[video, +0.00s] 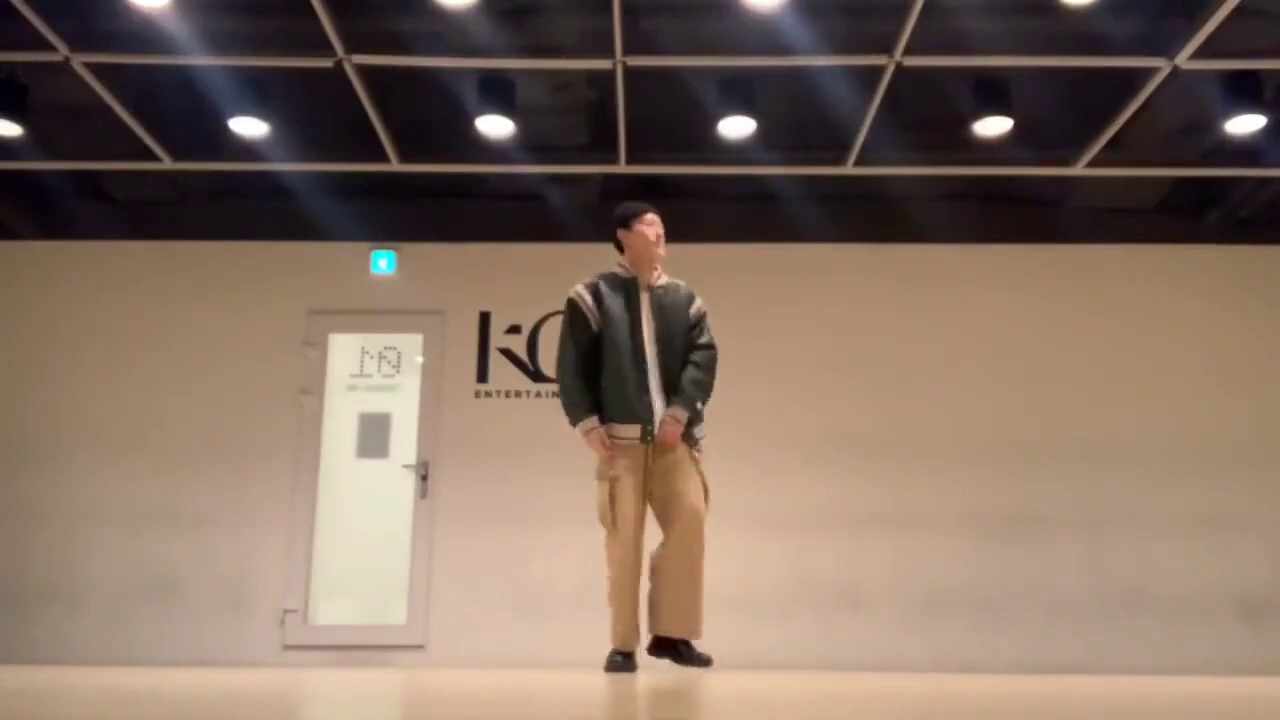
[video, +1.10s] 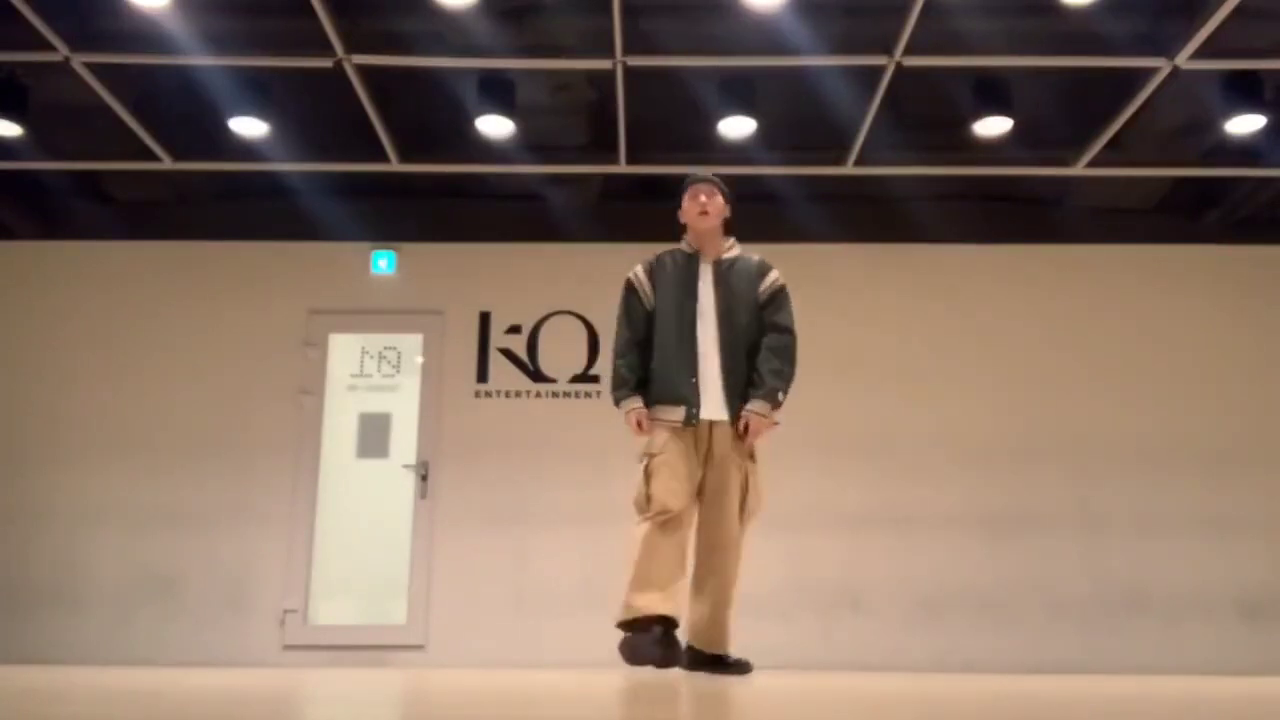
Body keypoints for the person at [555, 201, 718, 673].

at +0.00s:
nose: (657, 233)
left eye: (659, 226)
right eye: (647, 226)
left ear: (664, 237)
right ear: (623, 237)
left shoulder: (683, 298)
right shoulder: (593, 298)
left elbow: (702, 358)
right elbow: (571, 368)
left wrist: (680, 412)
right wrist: (587, 424)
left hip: (673, 439)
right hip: (619, 441)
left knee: (690, 521)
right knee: (624, 543)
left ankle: (671, 634)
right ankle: (623, 645)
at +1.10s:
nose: (702, 200)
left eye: (711, 194)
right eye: (693, 195)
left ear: (726, 211)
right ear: (680, 213)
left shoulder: (758, 274)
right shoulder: (651, 274)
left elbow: (779, 344)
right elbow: (628, 344)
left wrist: (764, 402)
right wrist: (630, 395)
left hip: (733, 422)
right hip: (670, 420)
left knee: (723, 535)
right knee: (669, 513)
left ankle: (708, 645)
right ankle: (647, 625)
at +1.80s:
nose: (670, 188)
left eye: (679, 179)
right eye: (660, 178)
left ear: (694, 187)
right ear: (643, 186)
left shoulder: (718, 239)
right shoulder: (625, 245)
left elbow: (760, 292)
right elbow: (613, 290)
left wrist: (734, 248)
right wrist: (637, 229)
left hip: (719, 391)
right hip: (652, 395)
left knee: (743, 499)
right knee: (657, 509)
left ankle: (757, 628)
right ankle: (664, 642)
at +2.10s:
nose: (693, 187)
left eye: (702, 181)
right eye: (684, 180)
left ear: (715, 197)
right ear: (667, 195)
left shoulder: (746, 260)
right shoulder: (639, 265)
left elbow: (771, 338)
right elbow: (615, 346)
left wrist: (776, 407)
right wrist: (614, 417)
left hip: (729, 419)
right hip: (655, 419)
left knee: (724, 529)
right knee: (650, 524)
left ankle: (713, 640)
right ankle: (668, 644)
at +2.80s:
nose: (659, 215)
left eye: (668, 207)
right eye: (652, 211)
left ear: (693, 217)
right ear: (646, 229)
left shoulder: (724, 266)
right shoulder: (639, 275)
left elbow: (757, 297)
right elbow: (633, 312)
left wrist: (715, 246)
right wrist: (664, 248)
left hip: (721, 421)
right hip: (658, 422)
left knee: (730, 517)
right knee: (649, 527)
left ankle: (726, 648)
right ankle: (665, 650)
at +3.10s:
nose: (685, 194)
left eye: (693, 190)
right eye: (675, 192)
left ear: (708, 207)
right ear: (662, 212)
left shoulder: (740, 254)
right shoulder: (635, 260)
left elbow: (763, 318)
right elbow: (614, 326)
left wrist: (735, 362)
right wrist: (648, 362)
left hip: (724, 411)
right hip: (662, 411)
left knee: (728, 525)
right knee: (660, 526)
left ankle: (733, 641)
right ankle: (667, 643)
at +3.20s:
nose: (688, 200)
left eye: (697, 194)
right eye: (679, 195)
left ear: (712, 210)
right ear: (666, 214)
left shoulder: (745, 257)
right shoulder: (636, 264)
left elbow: (777, 320)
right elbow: (616, 327)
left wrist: (746, 362)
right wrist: (634, 364)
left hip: (725, 414)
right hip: (662, 415)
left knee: (727, 530)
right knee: (661, 530)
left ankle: (735, 645)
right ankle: (666, 647)